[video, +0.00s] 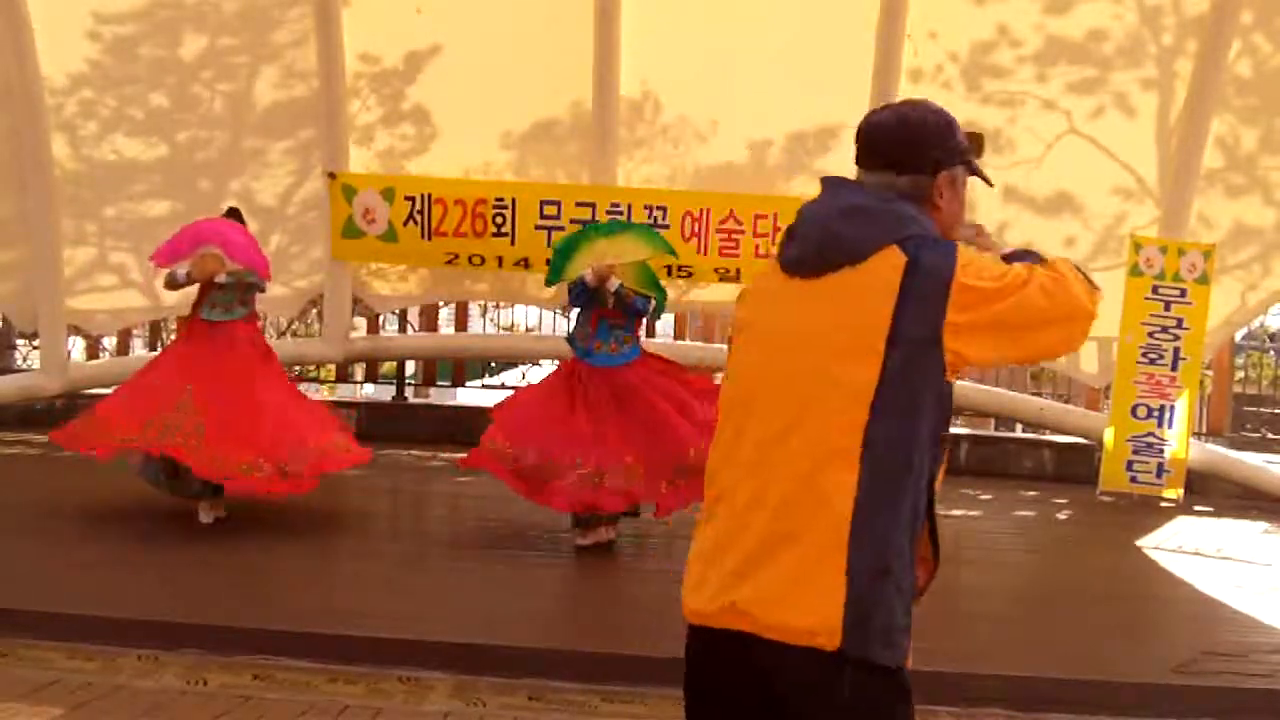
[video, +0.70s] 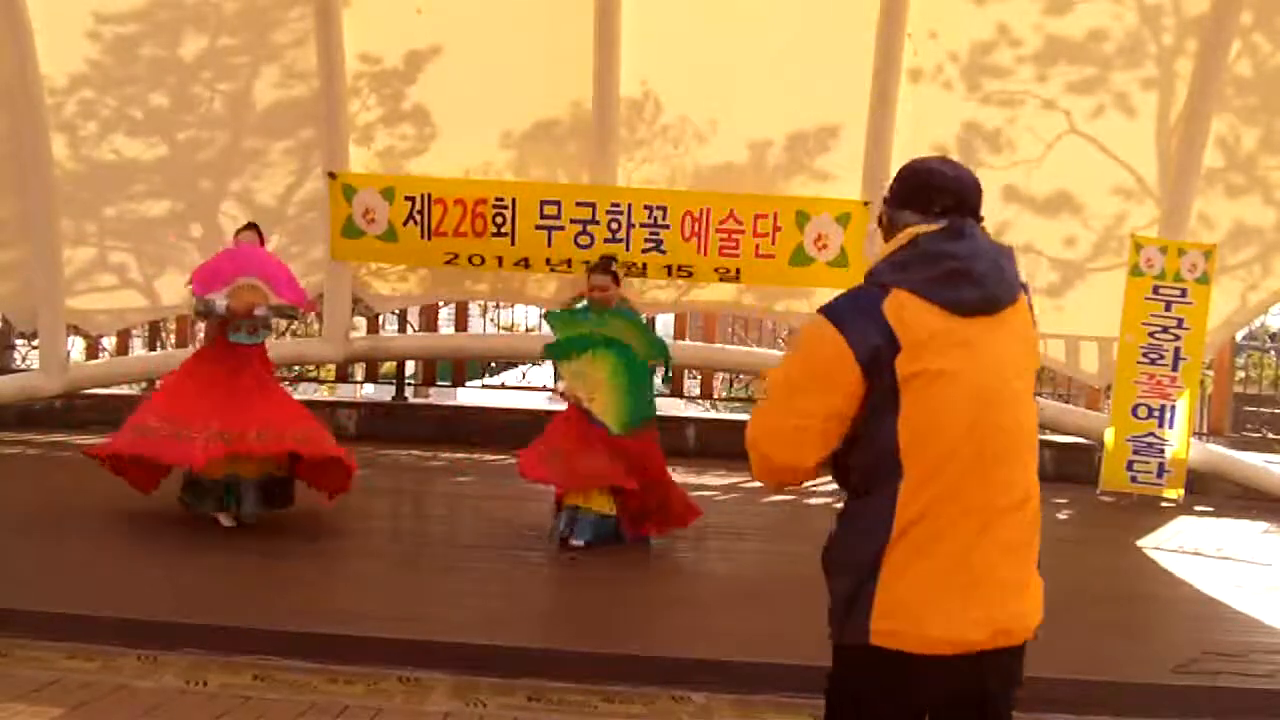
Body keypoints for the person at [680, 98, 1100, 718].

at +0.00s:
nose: (967, 206)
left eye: (968, 187)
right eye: (967, 187)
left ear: (866, 177)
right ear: (942, 189)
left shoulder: (771, 274)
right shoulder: (929, 272)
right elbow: (1068, 303)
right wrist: (993, 254)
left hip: (718, 620)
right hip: (833, 633)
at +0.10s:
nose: (982, 217)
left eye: (982, 201)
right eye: (981, 201)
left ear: (886, 196)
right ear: (969, 206)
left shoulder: (799, 298)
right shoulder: (976, 294)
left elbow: (743, 440)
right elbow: (1099, 348)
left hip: (768, 636)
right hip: (888, 643)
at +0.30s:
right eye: (1003, 195)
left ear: (905, 188)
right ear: (999, 199)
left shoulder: (826, 282)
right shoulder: (1025, 289)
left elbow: (717, 410)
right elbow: (1078, 296)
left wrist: (731, 464)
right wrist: (1080, 266)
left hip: (814, 611)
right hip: (937, 622)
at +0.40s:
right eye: (988, 194)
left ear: (899, 190)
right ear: (991, 199)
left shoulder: (827, 283)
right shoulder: (1021, 289)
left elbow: (714, 411)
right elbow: (1048, 285)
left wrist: (720, 457)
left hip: (834, 621)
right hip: (956, 626)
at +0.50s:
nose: (878, 216)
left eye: (880, 206)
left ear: (886, 211)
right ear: (978, 220)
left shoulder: (828, 304)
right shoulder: (1012, 302)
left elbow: (727, 434)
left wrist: (741, 477)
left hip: (851, 627)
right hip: (971, 632)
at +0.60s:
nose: (876, 234)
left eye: (879, 221)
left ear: (885, 222)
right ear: (971, 225)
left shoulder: (842, 310)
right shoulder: (1012, 307)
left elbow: (755, 452)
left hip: (870, 629)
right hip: (985, 630)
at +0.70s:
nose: (880, 241)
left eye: (882, 227)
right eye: (883, 227)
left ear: (892, 224)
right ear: (970, 224)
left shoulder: (865, 314)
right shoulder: (1017, 311)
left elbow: (777, 453)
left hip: (895, 634)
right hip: (1002, 632)